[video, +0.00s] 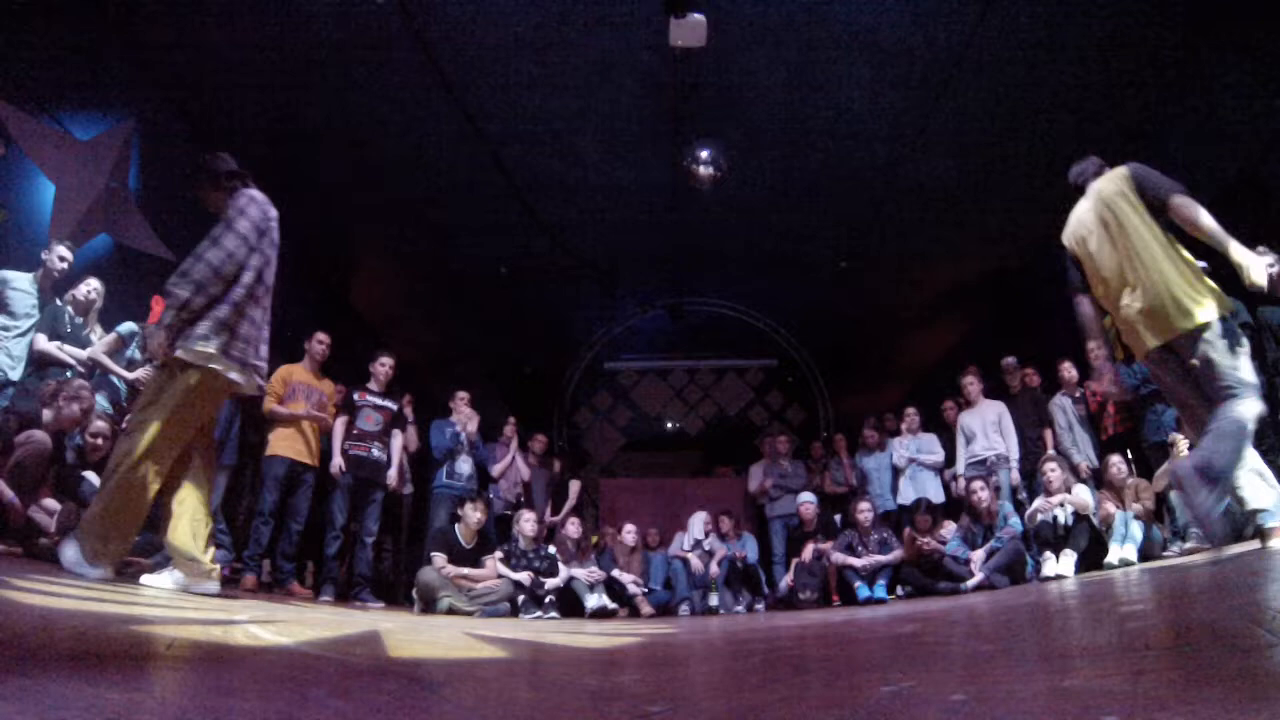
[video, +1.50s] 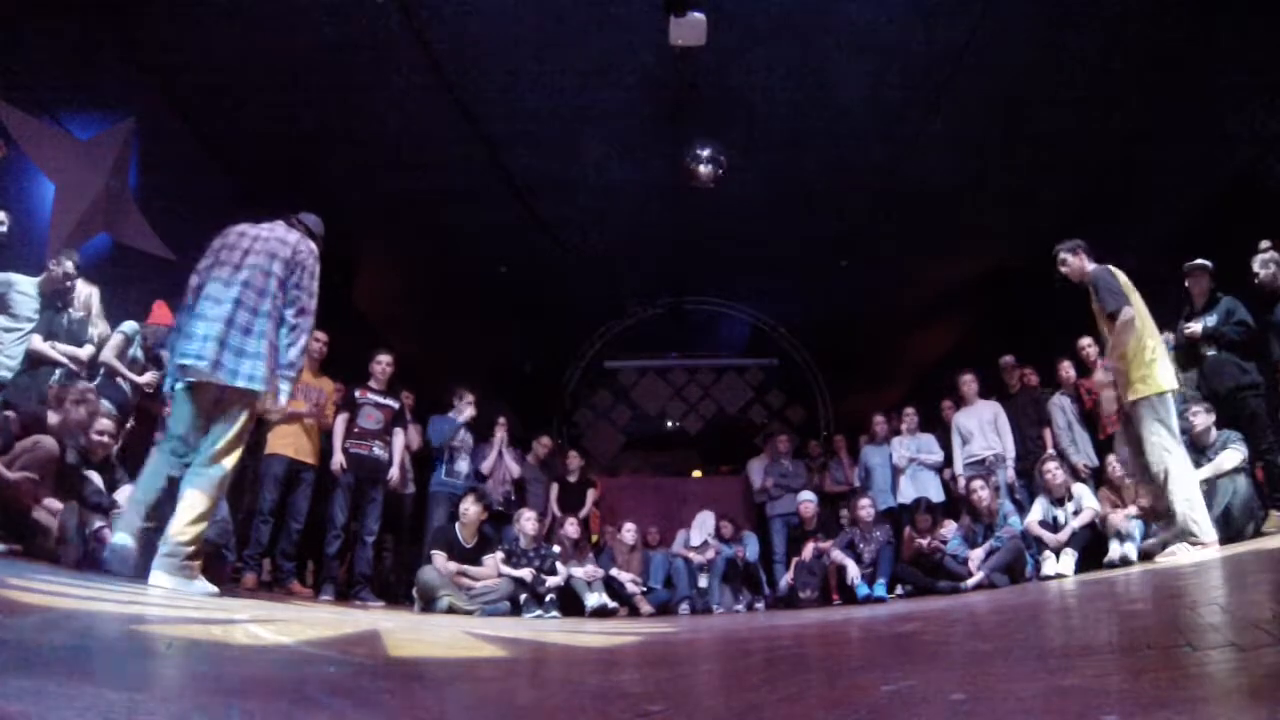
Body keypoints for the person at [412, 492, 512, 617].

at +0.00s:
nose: (479, 516)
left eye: (483, 512)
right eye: (473, 510)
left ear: (487, 516)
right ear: (460, 511)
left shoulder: (485, 539)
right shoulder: (442, 534)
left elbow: (492, 573)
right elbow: (440, 569)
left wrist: (461, 571)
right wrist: (474, 585)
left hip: (476, 591)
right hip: (447, 588)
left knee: (507, 586)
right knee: (426, 574)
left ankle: (453, 606)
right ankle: (477, 611)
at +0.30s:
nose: (470, 514)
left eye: (476, 511)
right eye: (467, 509)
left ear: (484, 518)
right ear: (459, 511)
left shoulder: (485, 539)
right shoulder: (443, 534)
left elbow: (492, 573)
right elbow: (440, 568)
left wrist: (461, 571)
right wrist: (474, 585)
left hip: (477, 591)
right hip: (447, 588)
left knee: (507, 586)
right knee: (427, 574)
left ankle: (453, 606)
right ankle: (477, 611)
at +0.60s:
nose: (465, 511)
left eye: (472, 508)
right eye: (463, 506)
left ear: (483, 517)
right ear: (457, 509)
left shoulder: (485, 539)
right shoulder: (442, 534)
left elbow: (492, 572)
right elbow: (441, 568)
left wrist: (460, 570)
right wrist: (474, 584)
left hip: (478, 590)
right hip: (448, 588)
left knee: (507, 585)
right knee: (426, 574)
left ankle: (454, 605)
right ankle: (477, 610)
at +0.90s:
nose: (463, 508)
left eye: (471, 505)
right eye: (462, 503)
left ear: (482, 515)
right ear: (457, 507)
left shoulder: (484, 539)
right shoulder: (442, 534)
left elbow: (492, 572)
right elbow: (440, 568)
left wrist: (460, 570)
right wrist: (474, 584)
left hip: (477, 590)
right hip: (447, 588)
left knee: (507, 585)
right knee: (426, 574)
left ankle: (455, 605)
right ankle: (477, 610)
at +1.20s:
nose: (464, 508)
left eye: (472, 505)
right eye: (463, 502)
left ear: (483, 515)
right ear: (458, 506)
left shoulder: (485, 540)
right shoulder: (443, 533)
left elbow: (492, 572)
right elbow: (439, 566)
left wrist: (459, 569)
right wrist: (473, 584)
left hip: (477, 590)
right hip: (447, 588)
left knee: (507, 585)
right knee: (426, 573)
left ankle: (453, 605)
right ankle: (477, 610)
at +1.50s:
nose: (465, 508)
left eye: (473, 505)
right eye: (464, 502)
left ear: (483, 515)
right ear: (459, 506)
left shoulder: (485, 539)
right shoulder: (443, 533)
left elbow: (492, 572)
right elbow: (440, 566)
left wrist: (460, 568)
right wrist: (474, 584)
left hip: (476, 590)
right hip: (446, 588)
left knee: (507, 585)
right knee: (426, 573)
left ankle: (453, 605)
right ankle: (476, 609)